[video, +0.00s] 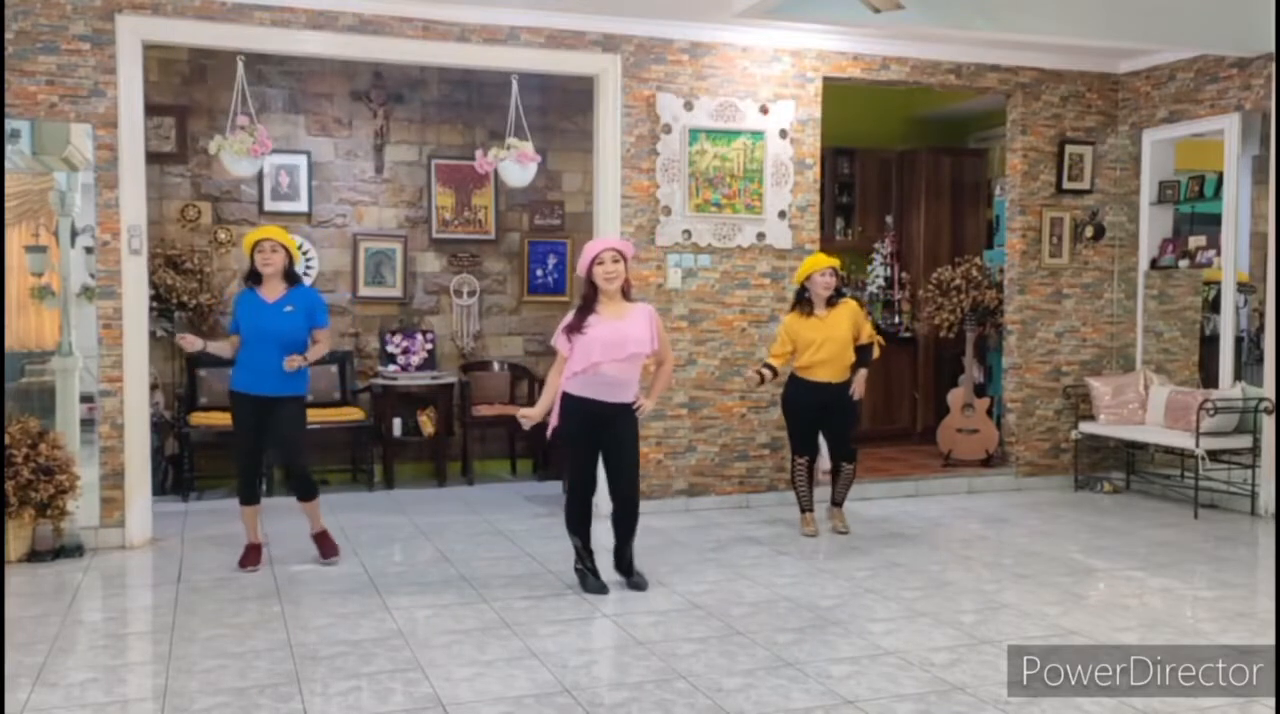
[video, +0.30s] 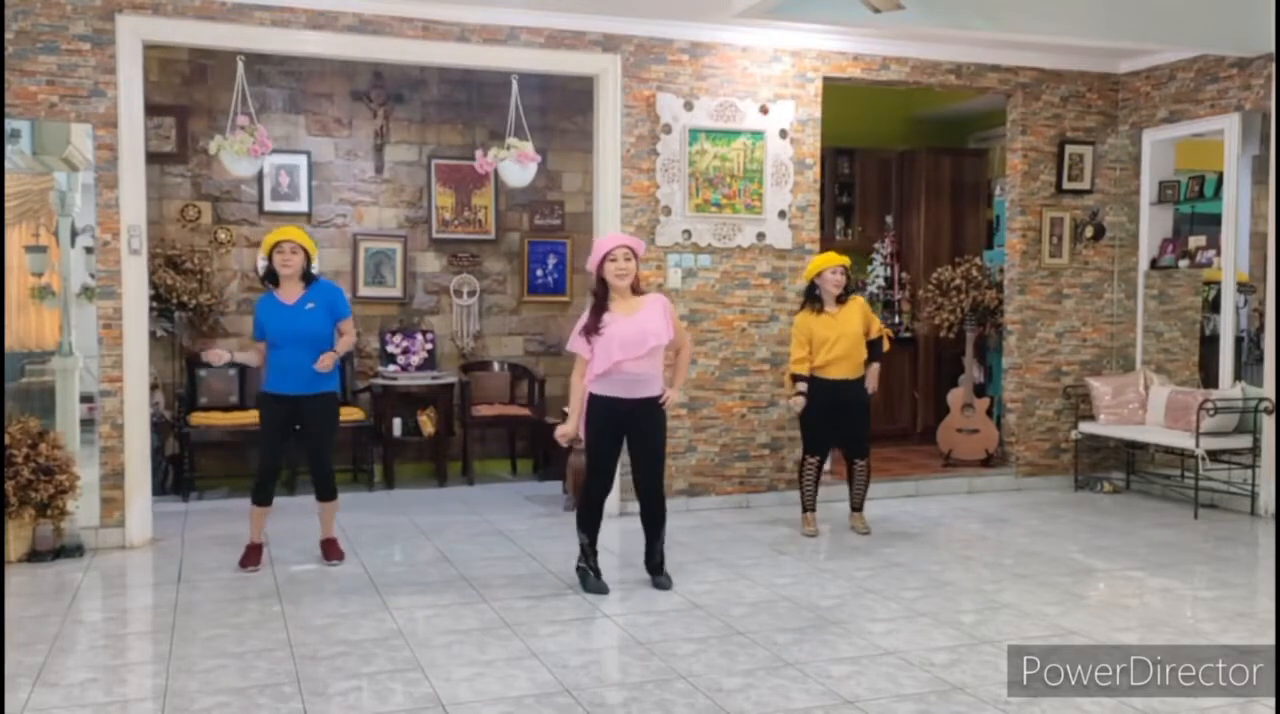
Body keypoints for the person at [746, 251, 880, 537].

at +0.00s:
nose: (829, 280)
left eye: (832, 274)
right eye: (822, 275)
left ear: (837, 280)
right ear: (807, 282)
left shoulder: (850, 309)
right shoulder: (794, 320)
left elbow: (867, 342)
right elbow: (779, 358)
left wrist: (862, 374)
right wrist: (762, 373)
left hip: (839, 392)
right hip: (802, 392)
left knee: (845, 455)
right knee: (803, 453)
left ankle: (837, 509)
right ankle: (807, 514)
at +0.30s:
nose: (839, 278)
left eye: (842, 273)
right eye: (832, 273)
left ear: (846, 278)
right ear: (817, 280)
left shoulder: (858, 306)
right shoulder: (805, 318)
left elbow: (877, 334)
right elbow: (800, 358)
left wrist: (874, 367)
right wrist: (801, 390)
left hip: (854, 388)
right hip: (819, 389)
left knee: (859, 453)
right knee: (814, 452)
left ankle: (857, 512)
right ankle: (809, 513)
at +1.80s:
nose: (835, 279)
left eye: (839, 273)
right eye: (828, 274)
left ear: (846, 279)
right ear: (815, 282)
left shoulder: (858, 312)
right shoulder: (801, 316)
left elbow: (869, 347)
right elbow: (778, 346)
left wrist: (862, 377)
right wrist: (762, 369)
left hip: (837, 393)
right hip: (799, 391)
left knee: (844, 454)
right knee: (803, 454)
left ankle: (846, 510)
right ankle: (809, 514)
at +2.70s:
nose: (839, 276)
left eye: (842, 270)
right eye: (831, 271)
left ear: (848, 276)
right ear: (819, 279)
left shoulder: (859, 308)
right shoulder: (808, 315)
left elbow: (875, 338)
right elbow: (801, 356)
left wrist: (871, 370)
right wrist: (800, 391)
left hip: (853, 387)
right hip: (819, 387)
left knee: (856, 452)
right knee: (815, 452)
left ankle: (856, 512)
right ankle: (811, 515)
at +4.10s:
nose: (835, 276)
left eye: (839, 272)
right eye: (829, 271)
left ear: (844, 279)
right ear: (814, 279)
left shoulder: (854, 313)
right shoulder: (798, 314)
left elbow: (867, 348)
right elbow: (777, 351)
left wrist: (861, 378)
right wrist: (765, 379)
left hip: (837, 392)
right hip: (799, 390)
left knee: (845, 454)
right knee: (801, 454)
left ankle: (849, 513)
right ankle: (805, 515)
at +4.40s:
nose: (831, 275)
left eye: (834, 271)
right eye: (824, 270)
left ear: (839, 279)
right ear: (809, 278)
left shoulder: (851, 312)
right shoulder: (793, 314)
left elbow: (865, 347)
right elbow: (776, 350)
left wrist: (860, 376)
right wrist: (764, 371)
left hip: (835, 393)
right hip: (797, 391)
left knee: (832, 456)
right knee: (800, 455)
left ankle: (828, 513)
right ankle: (805, 514)